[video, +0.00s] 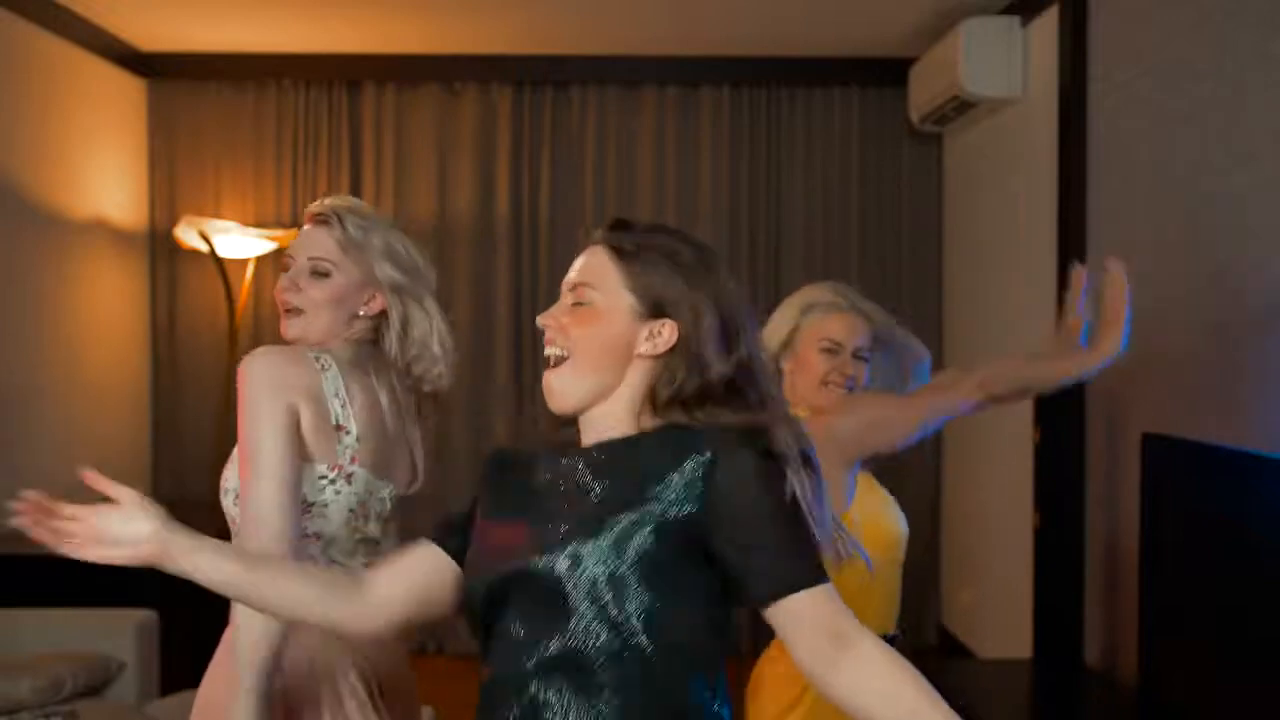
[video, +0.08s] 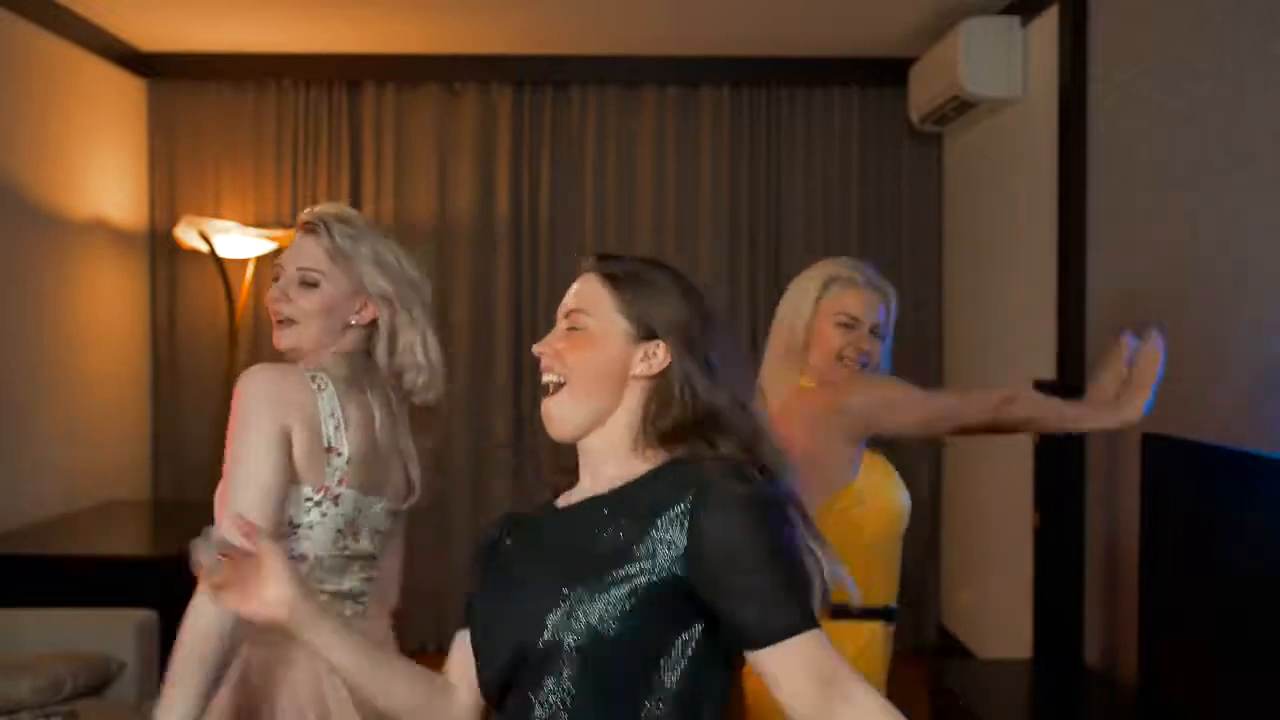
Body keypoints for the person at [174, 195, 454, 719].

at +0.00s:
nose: (287, 284)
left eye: (319, 272)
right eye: (288, 268)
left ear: (372, 301)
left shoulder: (274, 371)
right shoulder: (395, 384)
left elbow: (266, 571)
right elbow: (408, 478)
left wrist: (238, 701)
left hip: (285, 657)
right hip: (374, 651)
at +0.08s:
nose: (277, 294)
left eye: (308, 282)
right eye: (278, 277)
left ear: (365, 310)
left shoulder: (271, 390)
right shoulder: (391, 405)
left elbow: (232, 584)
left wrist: (172, 711)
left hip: (271, 680)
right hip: (362, 674)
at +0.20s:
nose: (271, 306)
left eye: (301, 289)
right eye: (270, 288)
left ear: (359, 313)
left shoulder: (290, 412)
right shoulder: (399, 427)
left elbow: (172, 594)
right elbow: (392, 600)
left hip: (263, 691)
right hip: (363, 686)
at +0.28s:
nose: (277, 307)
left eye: (303, 288)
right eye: (272, 289)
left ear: (366, 304)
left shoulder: (307, 419)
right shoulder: (413, 425)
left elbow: (161, 581)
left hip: (245, 688)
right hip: (343, 689)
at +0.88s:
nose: (292, 297)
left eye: (318, 276)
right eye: (286, 281)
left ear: (380, 290)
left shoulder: (304, 367)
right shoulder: (420, 389)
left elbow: (220, 555)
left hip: (260, 651)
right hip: (365, 656)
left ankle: (43, 685)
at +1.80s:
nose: (299, 282)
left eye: (328, 262)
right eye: (293, 261)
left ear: (386, 283)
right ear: (281, 270)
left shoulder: (306, 383)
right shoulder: (403, 389)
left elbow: (181, 571)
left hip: (249, 646)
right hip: (333, 640)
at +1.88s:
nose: (294, 304)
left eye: (325, 285)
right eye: (288, 284)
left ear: (382, 308)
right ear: (275, 296)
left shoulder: (304, 426)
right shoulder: (381, 426)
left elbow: (201, 625)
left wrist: (33, 658)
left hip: (258, 690)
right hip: (329, 686)